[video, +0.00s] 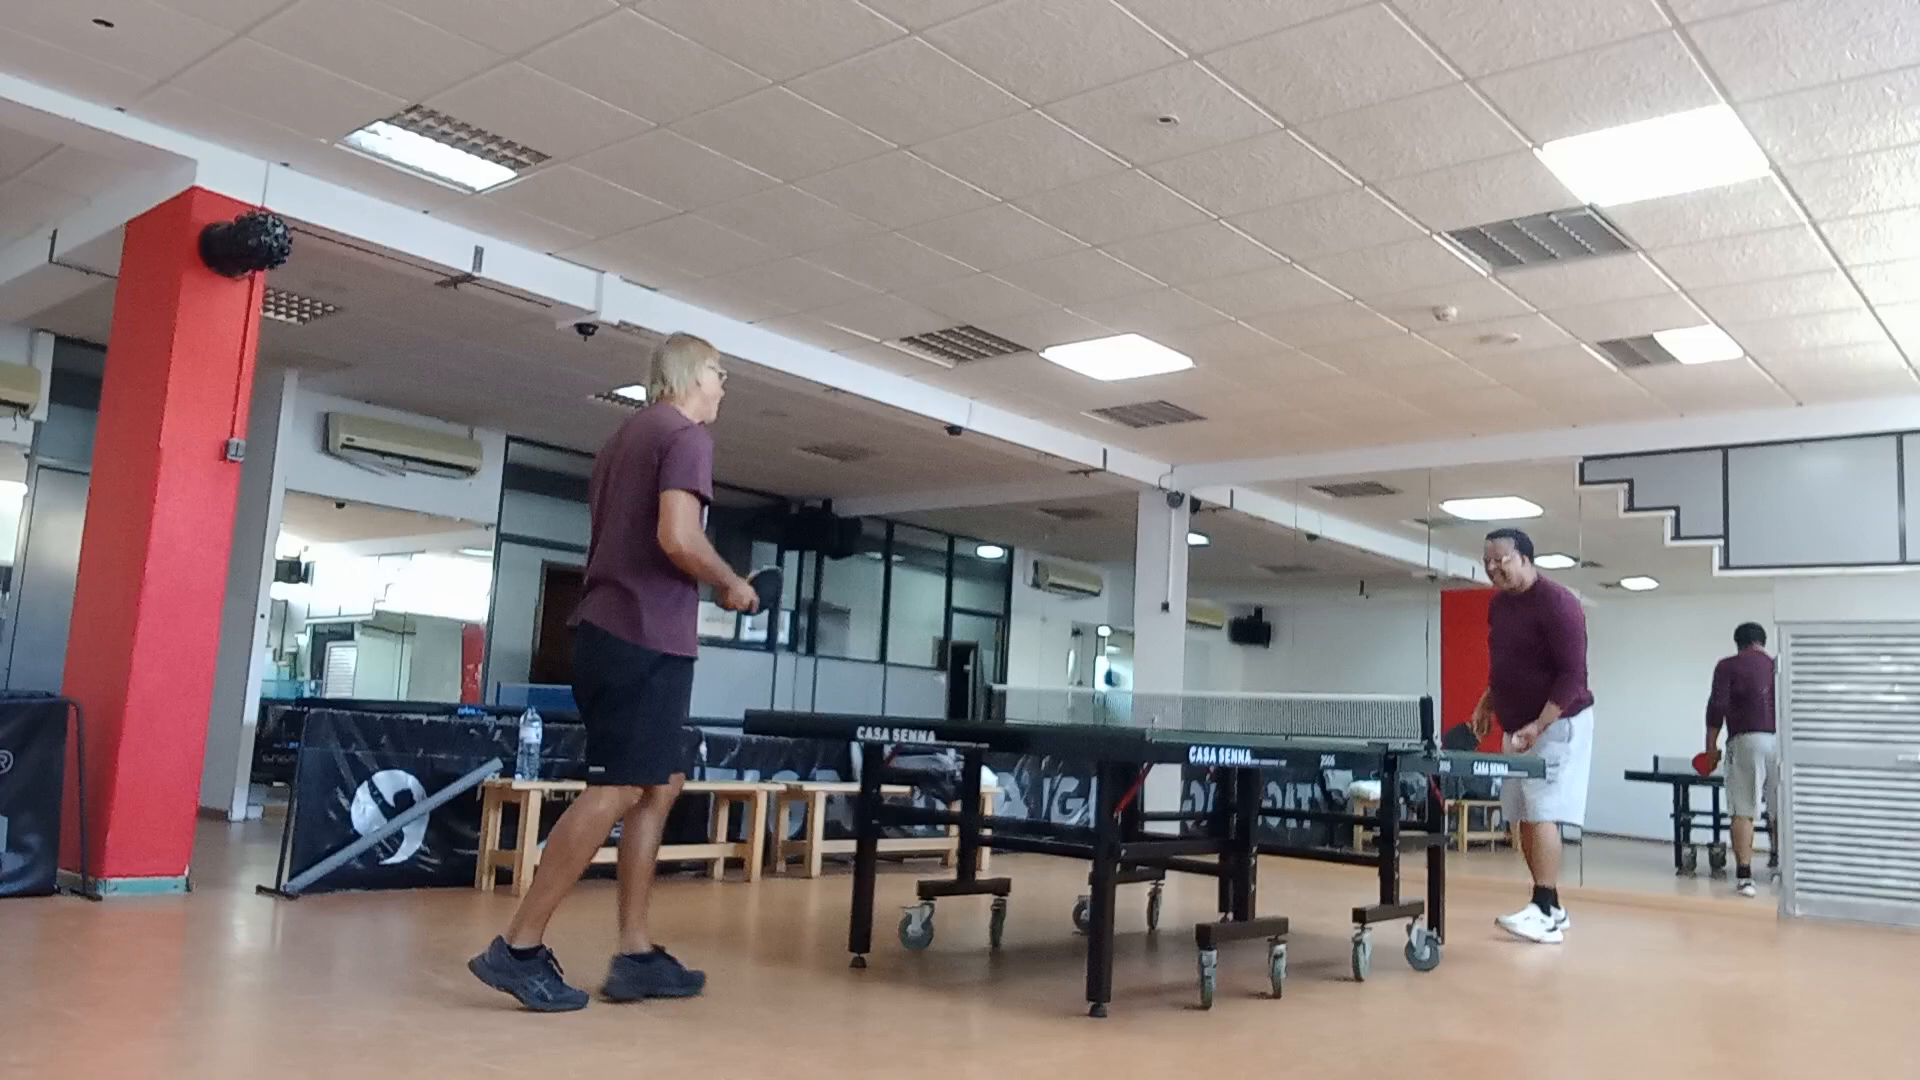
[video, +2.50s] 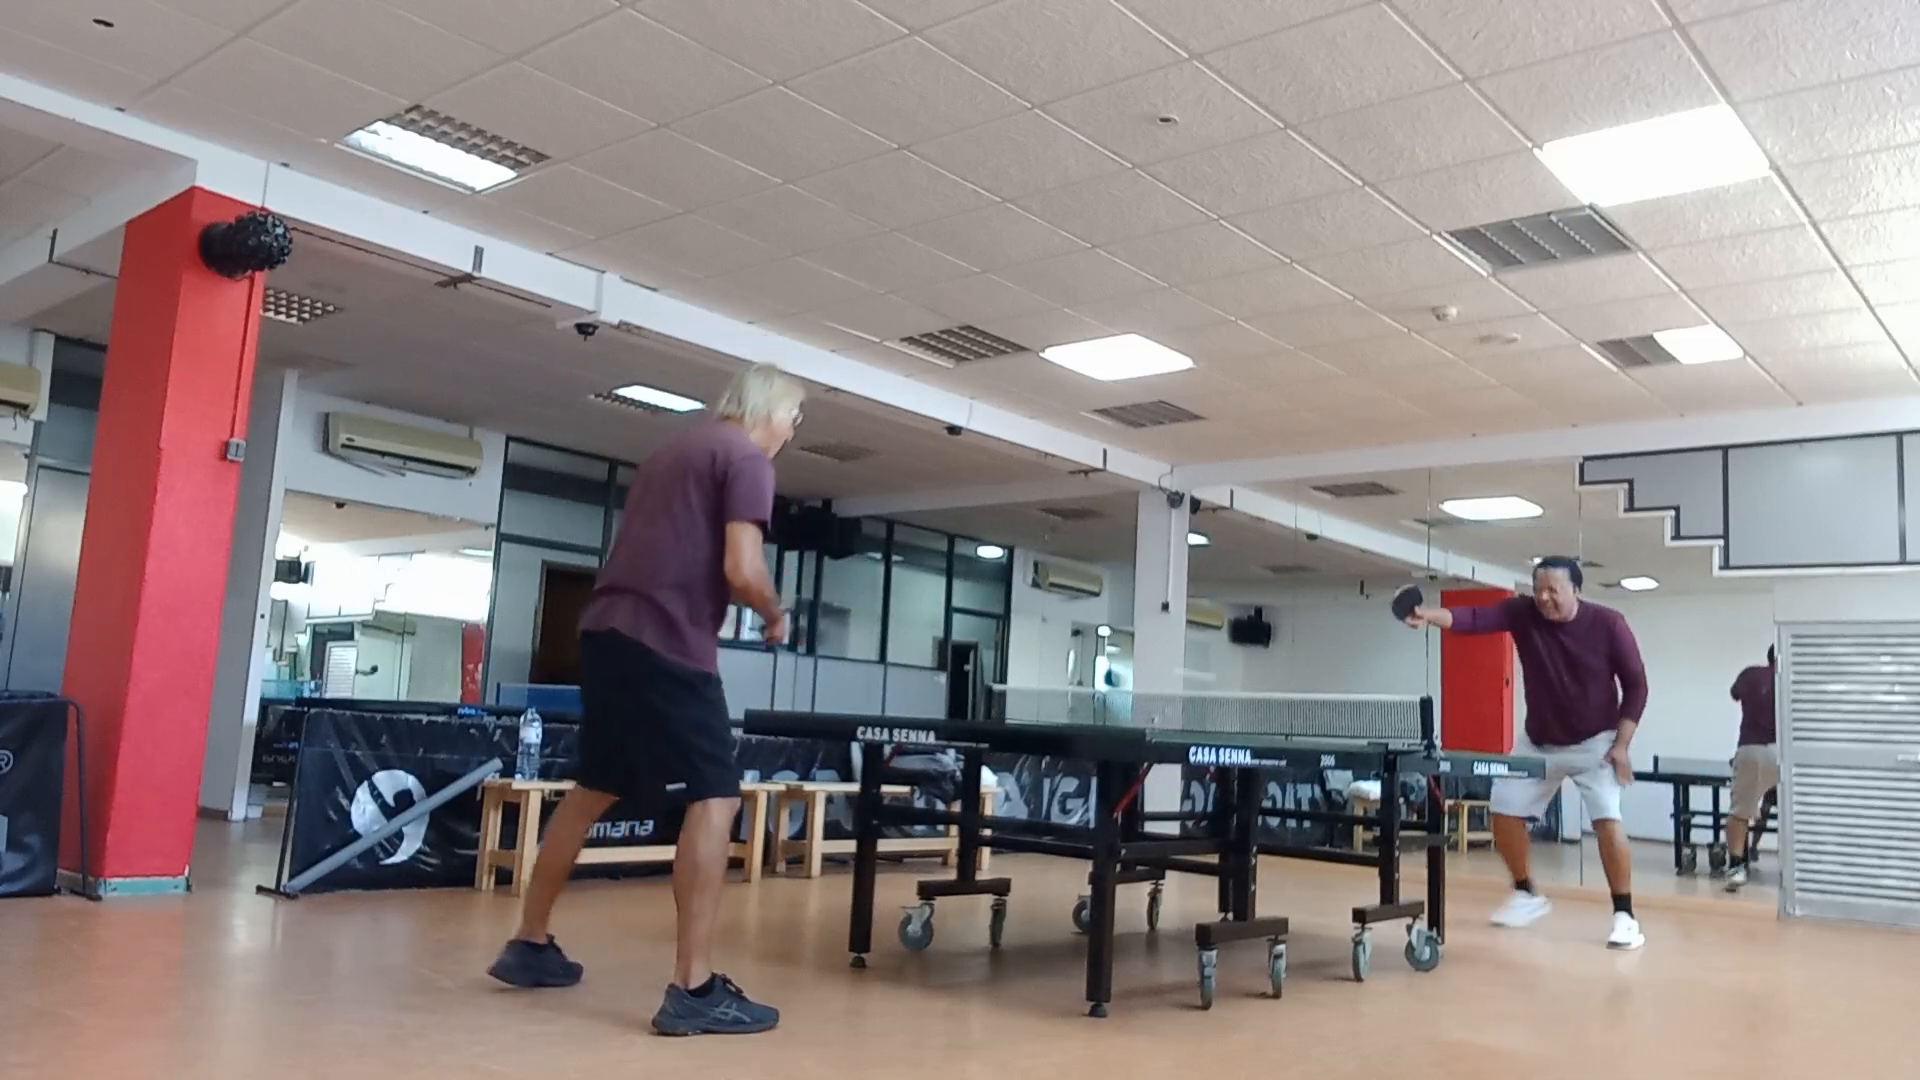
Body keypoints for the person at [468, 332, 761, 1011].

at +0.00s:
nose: (723, 393)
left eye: (721, 380)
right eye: (719, 380)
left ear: (662, 382)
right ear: (695, 380)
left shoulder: (624, 436)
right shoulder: (683, 432)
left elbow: (612, 536)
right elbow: (678, 537)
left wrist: (708, 576)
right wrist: (729, 581)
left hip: (619, 634)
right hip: (642, 640)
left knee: (661, 783)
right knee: (614, 789)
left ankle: (635, 954)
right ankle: (517, 948)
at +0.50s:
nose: (778, 385)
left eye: (776, 373)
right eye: (774, 372)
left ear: (717, 371)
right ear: (749, 371)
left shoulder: (682, 429)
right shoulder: (731, 430)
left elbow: (681, 566)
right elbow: (715, 539)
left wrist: (744, 647)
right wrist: (775, 578)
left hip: (654, 639)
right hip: (696, 644)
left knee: (669, 800)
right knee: (732, 798)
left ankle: (647, 972)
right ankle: (687, 983)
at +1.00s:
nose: (821, 376)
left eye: (822, 362)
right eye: (821, 362)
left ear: (757, 351)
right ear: (801, 360)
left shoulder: (706, 417)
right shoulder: (781, 431)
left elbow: (693, 530)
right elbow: (779, 553)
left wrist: (796, 570)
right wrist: (833, 585)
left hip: (672, 626)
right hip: (726, 637)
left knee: (669, 796)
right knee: (717, 809)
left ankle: (629, 963)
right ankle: (683, 994)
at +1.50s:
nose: (774, 392)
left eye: (774, 381)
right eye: (772, 379)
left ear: (713, 373)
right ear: (751, 375)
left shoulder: (667, 436)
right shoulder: (746, 431)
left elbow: (667, 539)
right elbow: (739, 534)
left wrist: (764, 567)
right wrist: (797, 583)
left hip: (649, 633)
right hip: (706, 640)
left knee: (652, 794)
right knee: (717, 801)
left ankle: (604, 966)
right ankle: (684, 990)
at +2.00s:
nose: (782, 407)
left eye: (785, 395)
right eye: (782, 392)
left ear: (725, 380)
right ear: (758, 383)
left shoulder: (671, 435)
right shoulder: (746, 434)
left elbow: (654, 540)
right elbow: (728, 535)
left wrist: (741, 580)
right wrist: (780, 590)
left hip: (632, 634)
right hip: (694, 642)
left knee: (628, 797)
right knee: (710, 803)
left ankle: (602, 967)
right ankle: (692, 989)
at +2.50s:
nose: (785, 440)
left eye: (790, 428)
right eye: (789, 426)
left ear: (733, 403)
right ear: (770, 414)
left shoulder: (672, 445)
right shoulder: (745, 456)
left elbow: (653, 547)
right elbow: (742, 571)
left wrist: (729, 592)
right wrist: (773, 610)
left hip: (606, 634)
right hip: (669, 644)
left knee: (595, 787)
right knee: (715, 796)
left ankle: (528, 942)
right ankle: (692, 988)